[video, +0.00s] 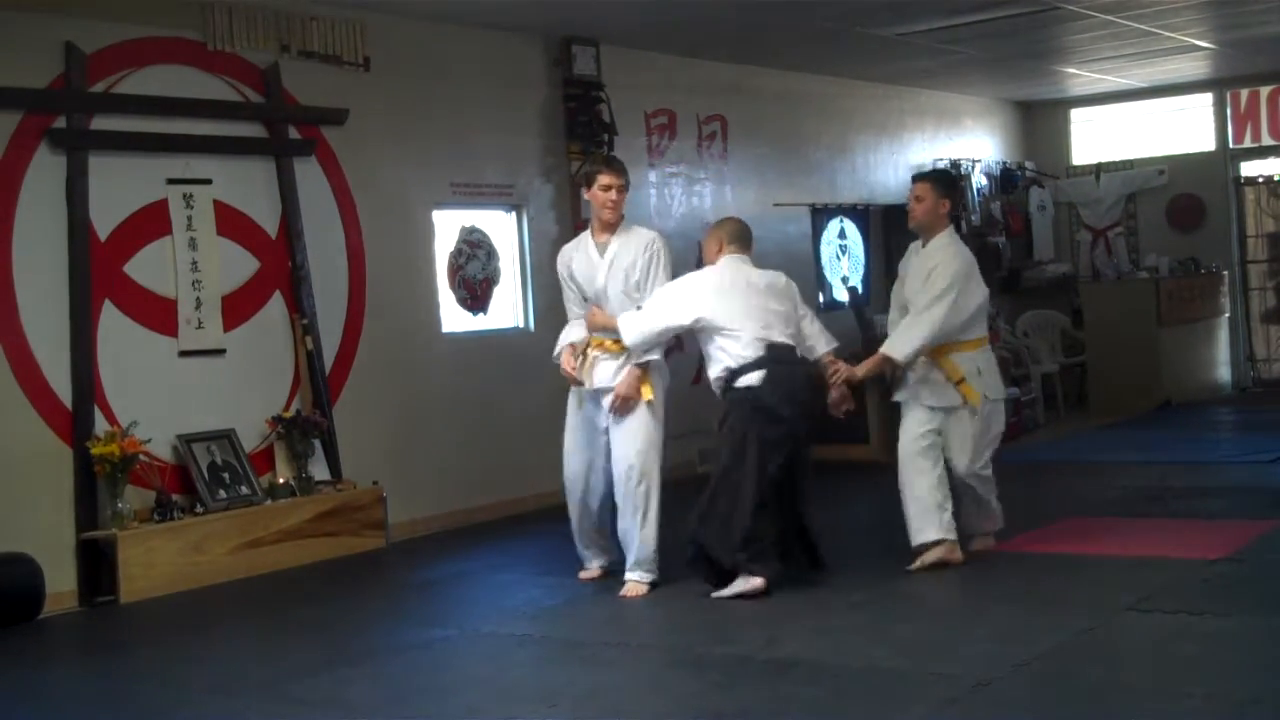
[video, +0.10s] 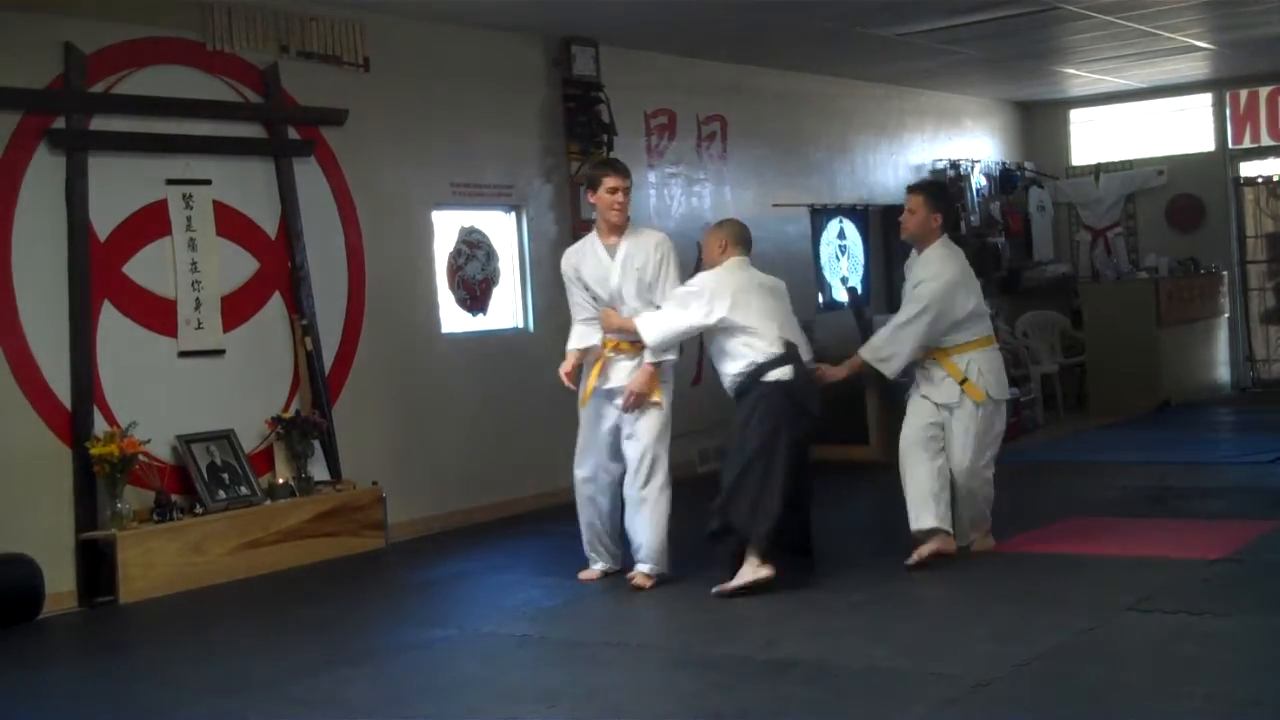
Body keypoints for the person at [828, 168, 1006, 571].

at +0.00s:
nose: (909, 207)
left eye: (918, 200)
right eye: (910, 200)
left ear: (944, 207)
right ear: (919, 206)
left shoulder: (956, 259)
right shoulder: (915, 254)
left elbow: (933, 320)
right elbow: (898, 312)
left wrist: (874, 362)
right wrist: (897, 352)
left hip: (967, 372)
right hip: (923, 370)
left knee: (966, 462)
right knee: (915, 452)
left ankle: (982, 530)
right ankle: (938, 541)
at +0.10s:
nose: (901, 217)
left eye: (910, 212)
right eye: (904, 210)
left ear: (935, 221)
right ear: (928, 220)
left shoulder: (944, 268)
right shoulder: (919, 261)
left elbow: (906, 327)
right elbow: (918, 321)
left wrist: (846, 368)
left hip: (973, 370)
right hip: (935, 370)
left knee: (966, 462)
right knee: (917, 444)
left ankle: (978, 535)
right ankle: (936, 533)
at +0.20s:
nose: (886, 228)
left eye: (894, 221)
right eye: (888, 220)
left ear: (919, 228)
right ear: (917, 229)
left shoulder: (934, 265)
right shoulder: (926, 261)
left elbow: (896, 323)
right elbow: (910, 325)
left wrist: (836, 356)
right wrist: (871, 355)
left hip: (972, 367)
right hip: (938, 367)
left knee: (961, 458)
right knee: (909, 436)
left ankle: (977, 541)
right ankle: (928, 527)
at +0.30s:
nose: (876, 226)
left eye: (882, 218)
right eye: (876, 218)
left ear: (908, 221)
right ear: (906, 222)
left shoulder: (927, 258)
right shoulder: (913, 258)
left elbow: (899, 314)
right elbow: (912, 314)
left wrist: (845, 343)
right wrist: (904, 352)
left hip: (964, 364)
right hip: (933, 364)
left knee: (949, 456)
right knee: (904, 442)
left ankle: (974, 536)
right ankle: (913, 523)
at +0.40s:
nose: (872, 222)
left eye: (878, 215)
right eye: (872, 215)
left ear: (903, 219)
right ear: (900, 220)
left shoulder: (920, 259)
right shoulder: (909, 257)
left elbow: (896, 314)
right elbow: (926, 316)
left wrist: (853, 343)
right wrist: (907, 352)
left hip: (952, 365)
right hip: (926, 365)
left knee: (932, 456)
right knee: (897, 443)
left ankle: (975, 531)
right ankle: (917, 522)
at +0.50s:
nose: (869, 221)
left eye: (876, 214)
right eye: (870, 214)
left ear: (900, 217)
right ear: (898, 219)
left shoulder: (913, 257)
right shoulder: (904, 256)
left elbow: (892, 315)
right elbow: (912, 322)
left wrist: (858, 346)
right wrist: (894, 363)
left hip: (946, 362)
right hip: (922, 364)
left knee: (930, 452)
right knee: (894, 444)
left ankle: (976, 529)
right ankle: (911, 524)